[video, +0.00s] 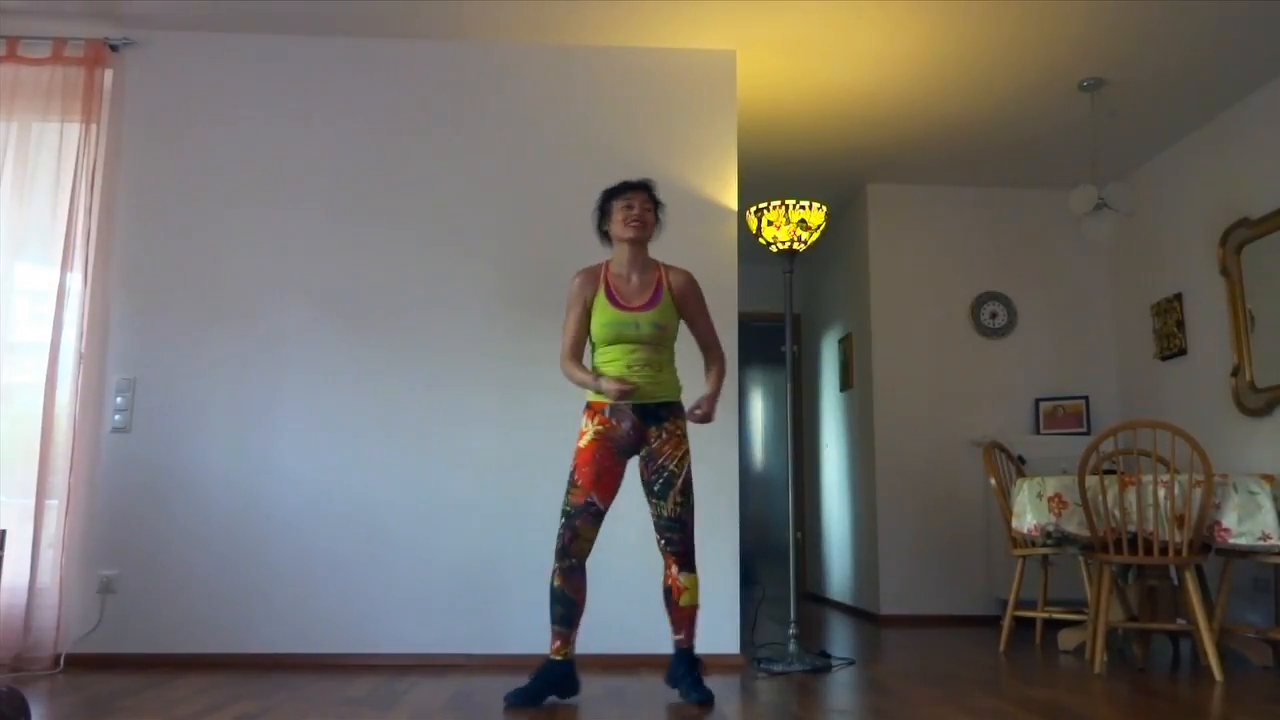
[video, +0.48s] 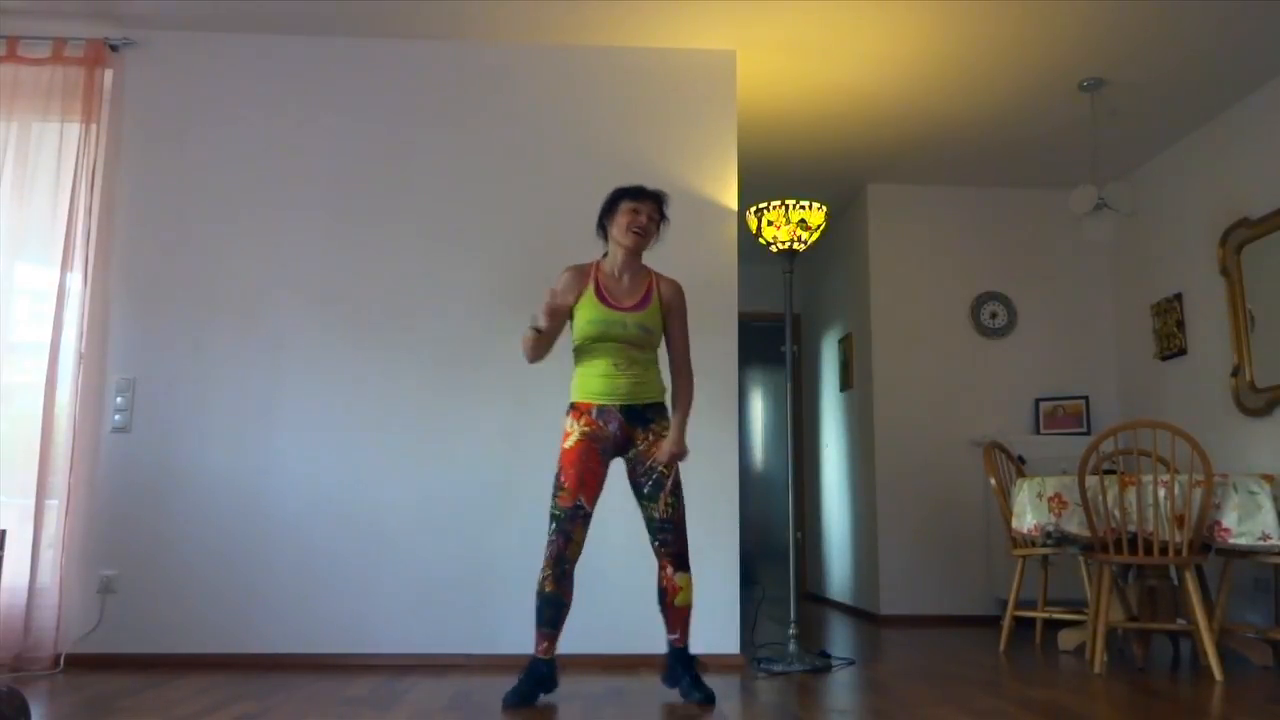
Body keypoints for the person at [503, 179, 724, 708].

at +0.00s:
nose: (636, 213)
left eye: (645, 207)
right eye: (626, 207)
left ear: (656, 222)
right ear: (606, 223)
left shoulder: (678, 284)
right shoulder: (588, 283)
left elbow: (714, 355)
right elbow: (569, 361)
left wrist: (710, 395)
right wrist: (599, 383)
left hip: (664, 421)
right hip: (605, 421)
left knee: (676, 541)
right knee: (571, 540)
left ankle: (685, 662)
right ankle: (559, 664)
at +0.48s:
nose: (640, 220)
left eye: (650, 217)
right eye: (632, 211)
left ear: (657, 233)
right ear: (608, 222)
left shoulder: (666, 291)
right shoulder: (577, 279)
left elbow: (681, 370)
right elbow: (534, 352)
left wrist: (678, 433)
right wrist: (549, 318)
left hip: (650, 421)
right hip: (588, 419)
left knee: (671, 541)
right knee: (563, 539)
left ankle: (679, 660)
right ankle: (542, 663)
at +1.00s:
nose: (646, 225)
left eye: (654, 219)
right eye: (637, 214)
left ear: (661, 230)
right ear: (612, 221)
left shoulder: (672, 288)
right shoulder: (587, 280)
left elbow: (690, 372)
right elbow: (564, 360)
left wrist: (665, 426)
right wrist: (577, 294)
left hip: (656, 421)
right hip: (597, 421)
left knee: (676, 546)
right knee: (557, 540)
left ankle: (708, 659)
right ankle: (550, 661)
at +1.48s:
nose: (636, 228)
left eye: (644, 222)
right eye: (627, 218)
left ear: (652, 232)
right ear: (602, 222)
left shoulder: (662, 290)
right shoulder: (575, 281)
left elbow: (678, 376)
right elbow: (537, 357)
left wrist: (654, 429)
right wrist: (548, 297)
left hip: (643, 424)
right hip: (584, 420)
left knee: (677, 542)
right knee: (558, 539)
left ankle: (682, 659)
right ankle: (533, 663)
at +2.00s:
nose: (639, 230)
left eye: (645, 221)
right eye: (628, 221)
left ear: (653, 229)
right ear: (603, 230)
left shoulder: (676, 286)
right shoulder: (587, 293)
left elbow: (704, 367)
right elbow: (519, 338)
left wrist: (679, 425)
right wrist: (514, 276)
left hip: (670, 426)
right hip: (610, 428)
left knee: (692, 550)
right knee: (566, 544)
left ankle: (711, 663)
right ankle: (556, 665)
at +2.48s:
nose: (628, 218)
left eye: (638, 211)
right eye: (618, 209)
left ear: (651, 221)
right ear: (598, 219)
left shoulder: (672, 281)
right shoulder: (582, 279)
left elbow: (693, 365)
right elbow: (506, 308)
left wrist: (665, 427)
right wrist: (507, 246)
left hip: (656, 421)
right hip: (595, 420)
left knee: (690, 543)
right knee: (574, 542)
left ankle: (700, 656)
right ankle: (546, 667)